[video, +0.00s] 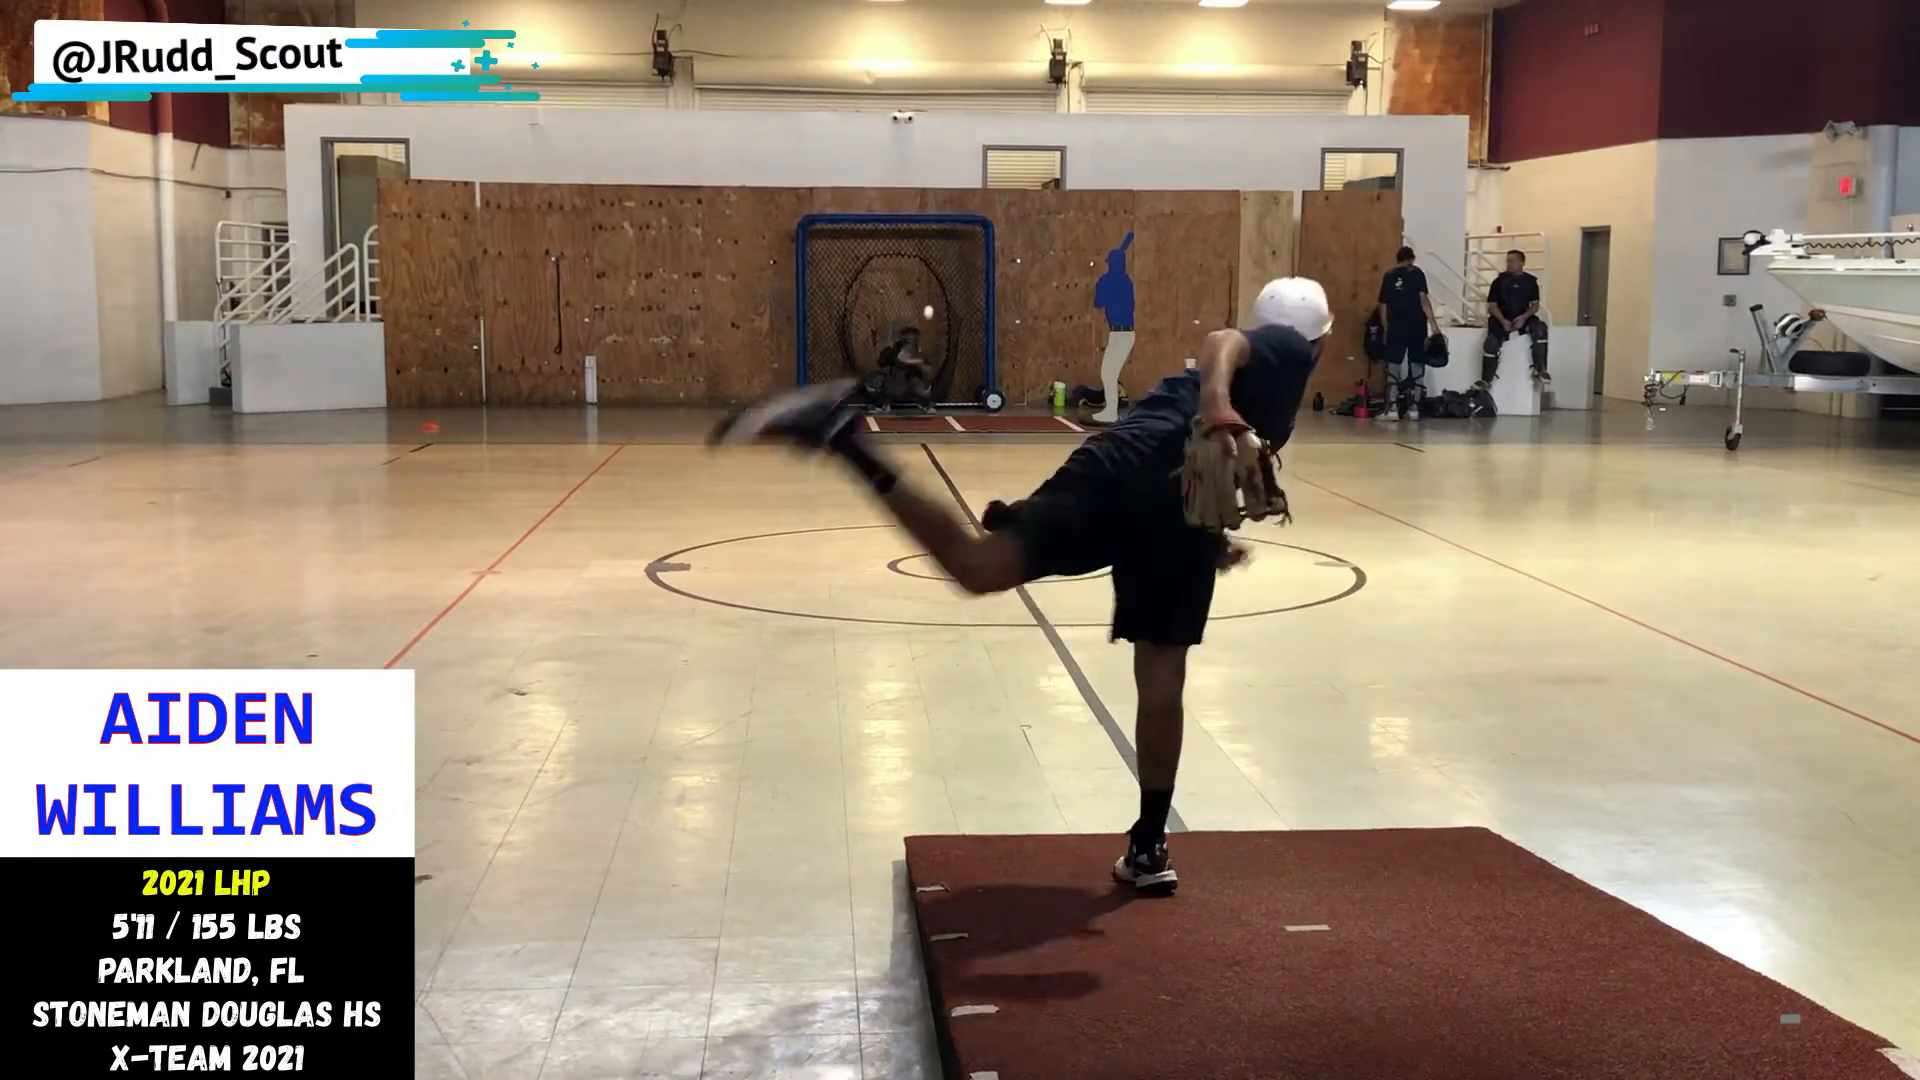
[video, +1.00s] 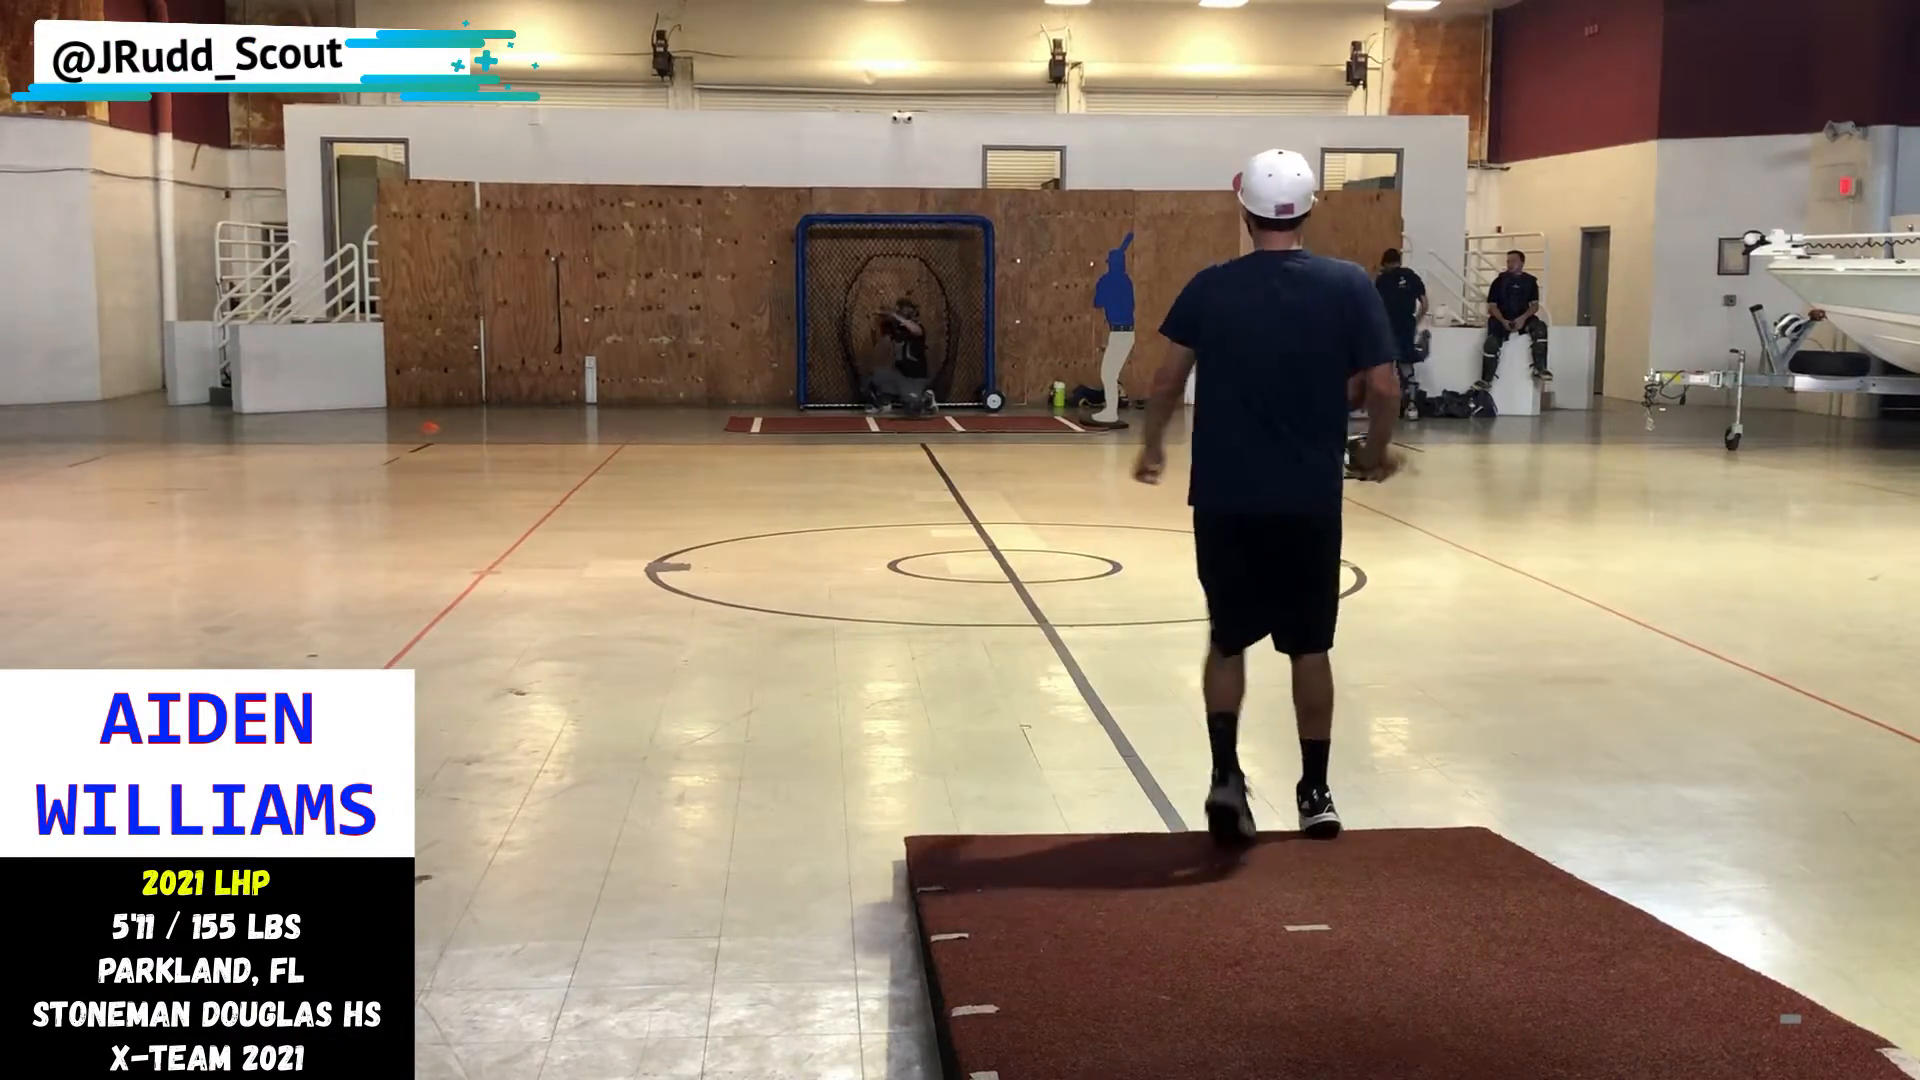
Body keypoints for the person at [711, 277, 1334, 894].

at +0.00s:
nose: (1316, 340)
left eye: (1307, 335)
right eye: (1319, 333)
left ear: (1258, 316)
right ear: (1315, 332)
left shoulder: (1228, 362)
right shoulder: (1292, 348)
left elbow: (1165, 451)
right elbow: (1218, 341)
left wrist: (1212, 541)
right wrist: (1216, 404)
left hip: (1112, 473)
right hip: (1176, 495)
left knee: (978, 566)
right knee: (1161, 677)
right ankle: (1149, 843)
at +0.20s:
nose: (1331, 291)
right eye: (1333, 283)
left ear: (1267, 277)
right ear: (1329, 282)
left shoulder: (1241, 325)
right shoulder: (1309, 304)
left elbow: (1221, 421)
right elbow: (1278, 339)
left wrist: (1275, 497)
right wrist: (1288, 442)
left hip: (1110, 458)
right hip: (1177, 475)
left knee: (1046, 617)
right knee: (1155, 664)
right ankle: (1141, 844)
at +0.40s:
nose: (1313, 241)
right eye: (1314, 230)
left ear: (1248, 230)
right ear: (1310, 232)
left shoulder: (1215, 289)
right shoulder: (1291, 270)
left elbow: (1176, 386)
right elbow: (1297, 320)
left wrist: (1247, 451)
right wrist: (1336, 425)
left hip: (1150, 477)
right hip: (1212, 482)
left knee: (1195, 652)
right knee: (1189, 658)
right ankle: (1142, 827)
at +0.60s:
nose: (1297, 215)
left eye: (1287, 206)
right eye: (1297, 206)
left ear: (1229, 208)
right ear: (1291, 207)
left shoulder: (1186, 286)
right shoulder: (1289, 264)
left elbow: (1196, 391)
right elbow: (1305, 323)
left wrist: (1268, 442)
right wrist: (1358, 423)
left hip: (1188, 490)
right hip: (1256, 489)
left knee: (1224, 639)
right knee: (1298, 628)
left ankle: (1217, 810)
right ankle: (1233, 753)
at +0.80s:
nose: (1286, 206)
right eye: (1292, 197)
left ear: (1229, 198)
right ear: (1292, 201)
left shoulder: (1188, 280)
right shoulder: (1311, 270)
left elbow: (1182, 390)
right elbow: (1333, 366)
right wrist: (1377, 436)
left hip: (1209, 498)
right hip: (1294, 497)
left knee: (1225, 647)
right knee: (1308, 635)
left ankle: (1220, 805)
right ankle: (1320, 790)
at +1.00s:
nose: (1249, 211)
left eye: (1244, 202)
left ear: (1243, 209)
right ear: (1307, 209)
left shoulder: (1212, 287)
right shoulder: (1349, 287)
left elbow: (1167, 382)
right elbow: (1385, 389)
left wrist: (1150, 445)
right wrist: (1377, 449)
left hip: (1225, 501)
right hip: (1309, 504)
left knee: (1225, 639)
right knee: (1310, 648)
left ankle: (1224, 776)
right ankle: (1315, 792)